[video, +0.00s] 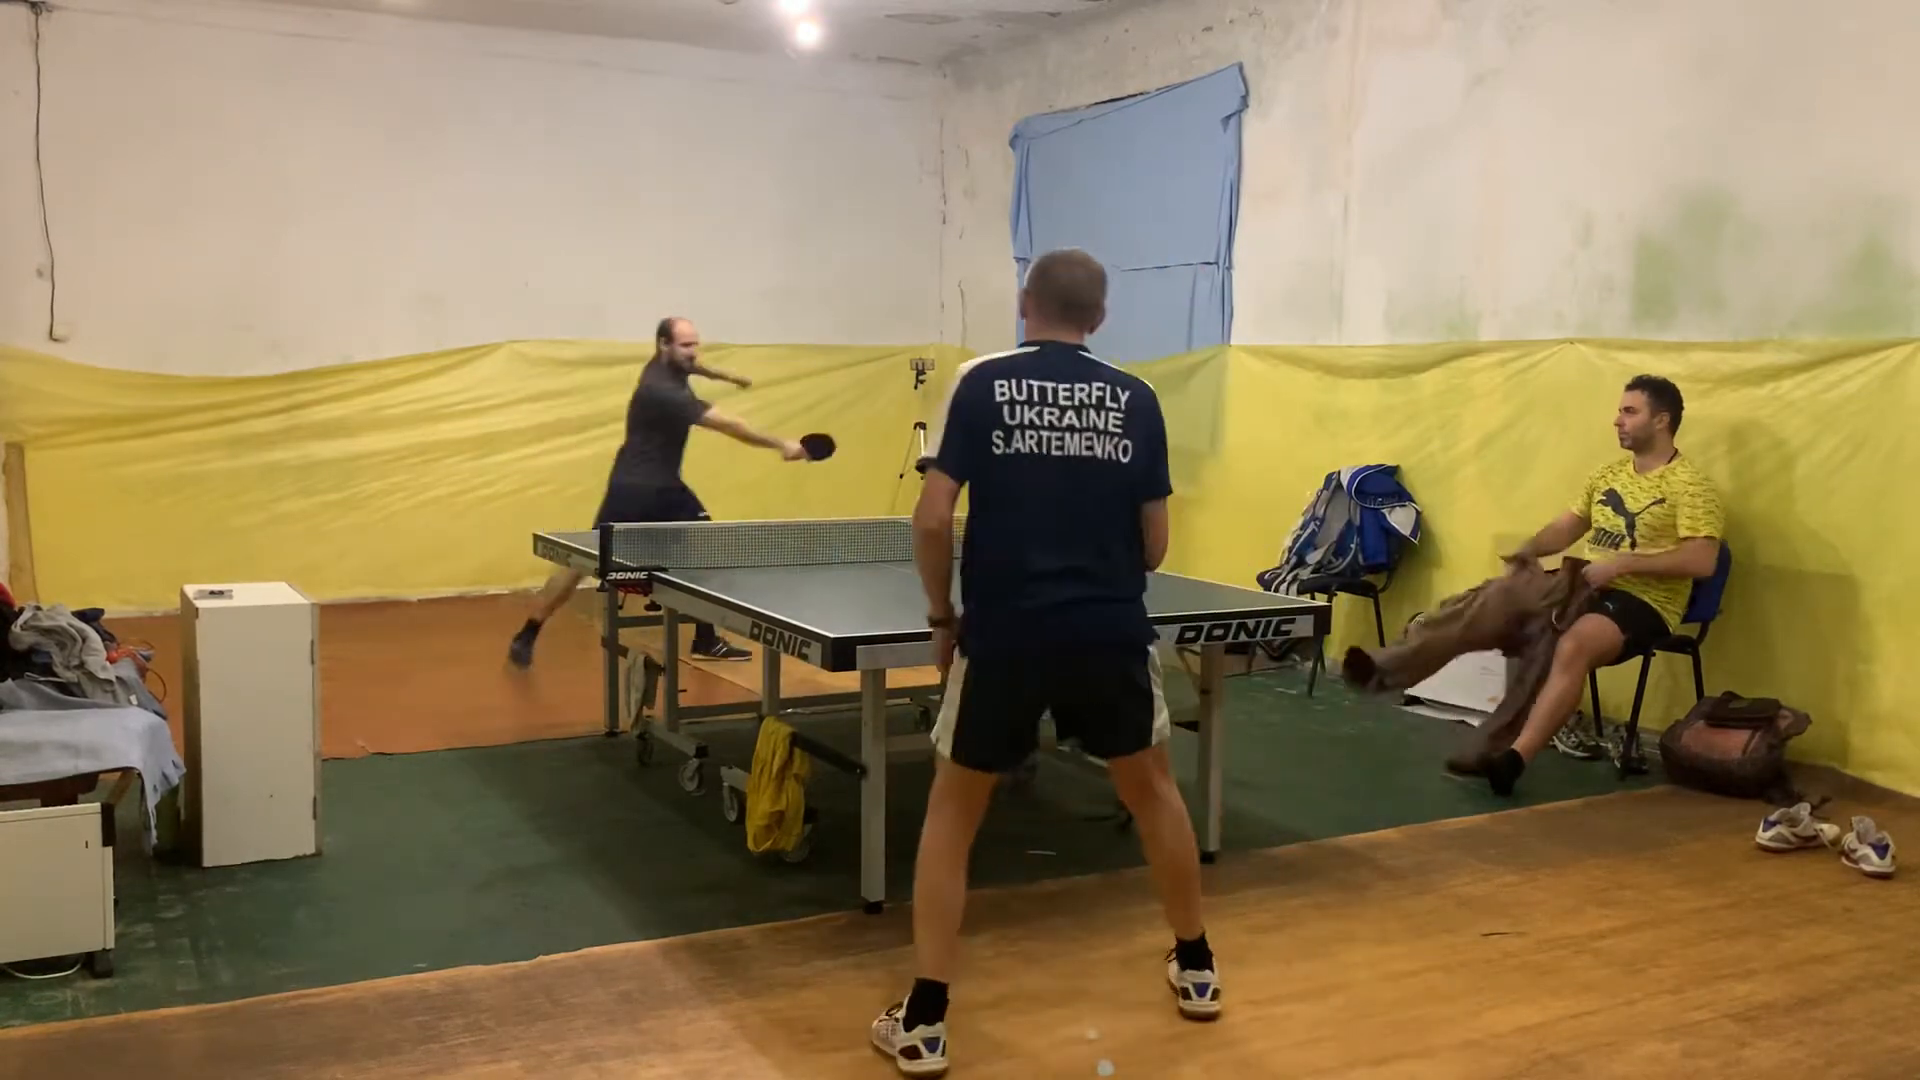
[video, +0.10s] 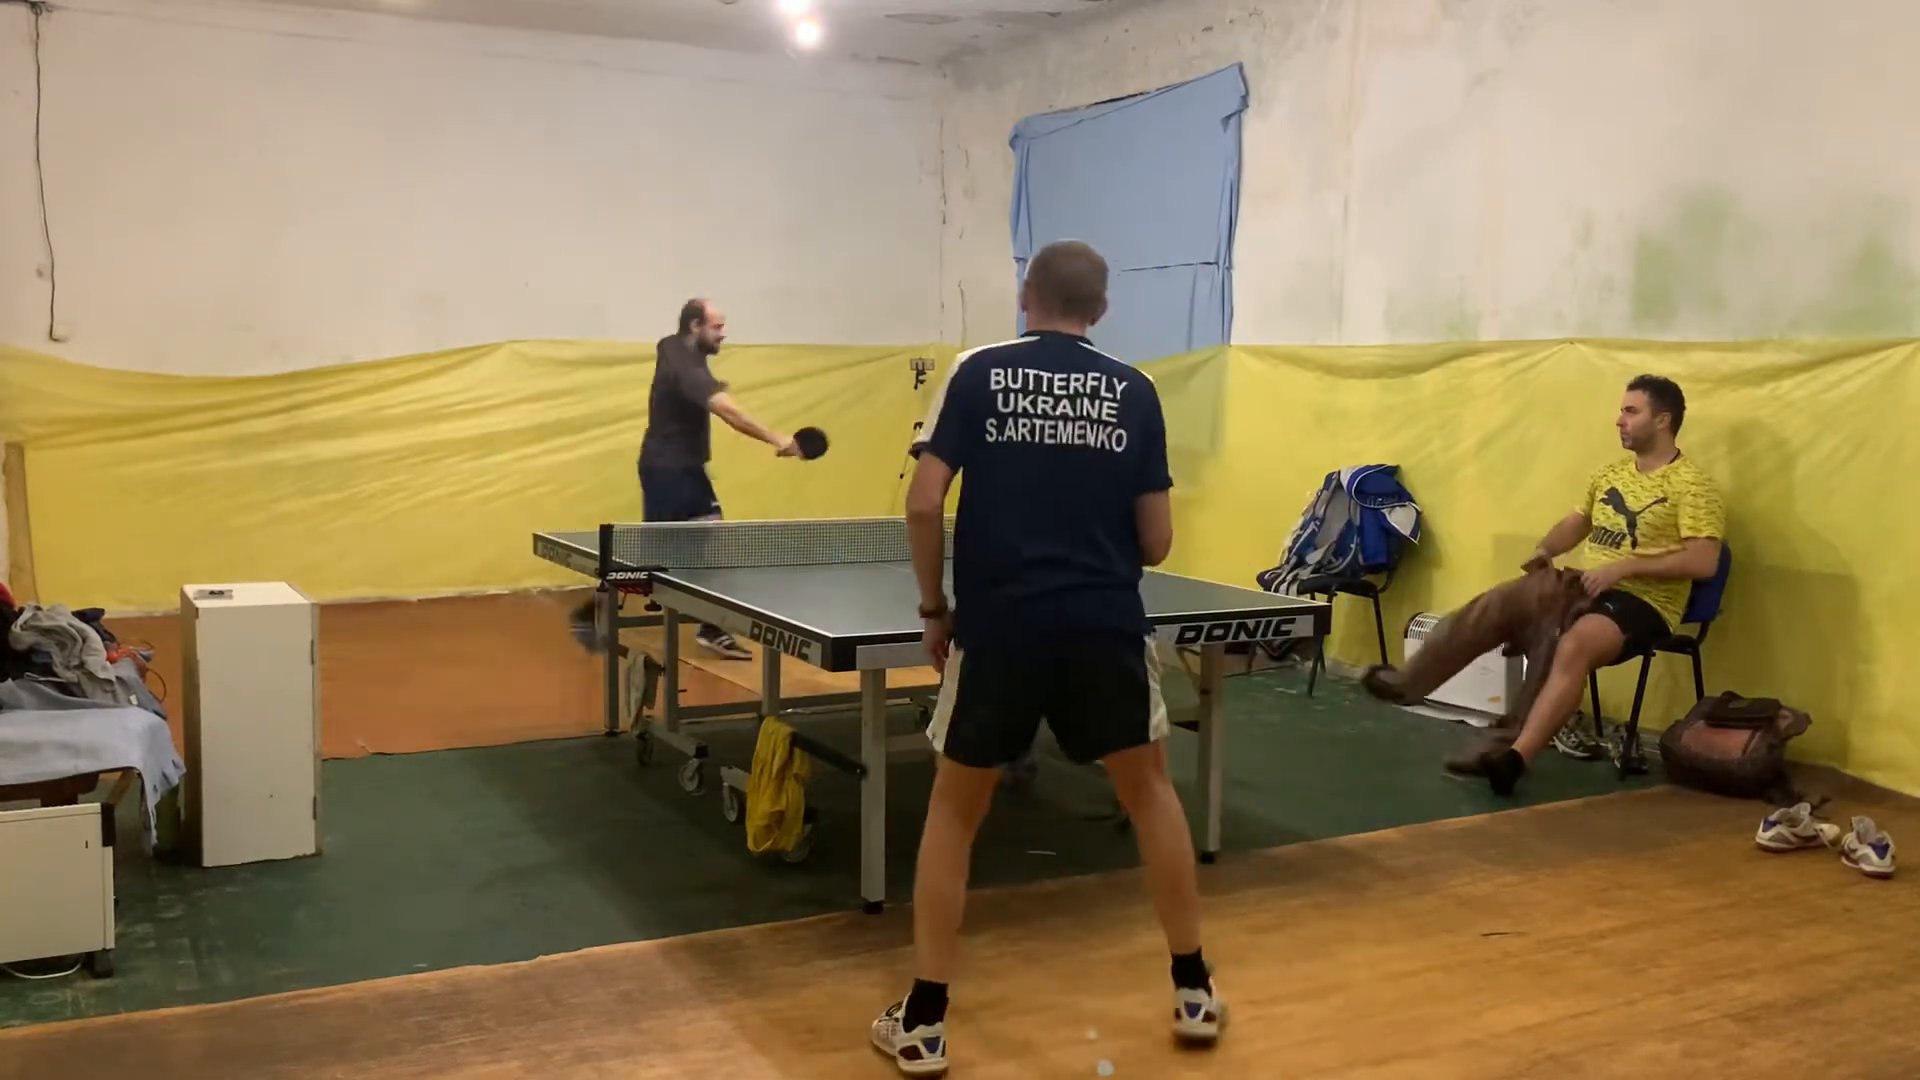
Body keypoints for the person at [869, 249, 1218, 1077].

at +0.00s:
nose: (1017, 317)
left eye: (1020, 305)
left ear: (1026, 309)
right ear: (1099, 320)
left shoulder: (981, 383)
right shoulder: (1136, 397)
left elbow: (931, 520)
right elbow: (1153, 545)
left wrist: (942, 615)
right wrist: (1090, 570)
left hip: (1004, 639)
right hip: (1108, 637)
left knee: (951, 818)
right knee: (1150, 789)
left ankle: (925, 1017)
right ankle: (1197, 966)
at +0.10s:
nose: (1022, 310)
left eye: (1022, 298)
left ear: (1025, 302)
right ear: (1099, 312)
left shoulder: (979, 372)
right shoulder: (1134, 390)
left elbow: (923, 503)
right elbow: (1155, 542)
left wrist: (933, 608)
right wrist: (1095, 523)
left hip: (999, 635)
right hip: (1104, 635)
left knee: (954, 812)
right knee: (1147, 790)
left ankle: (925, 1017)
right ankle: (1194, 988)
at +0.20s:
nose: (1038, 306)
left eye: (1034, 293)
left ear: (1037, 297)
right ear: (1110, 309)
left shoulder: (990, 370)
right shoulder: (1145, 388)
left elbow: (931, 497)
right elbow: (1165, 537)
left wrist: (938, 605)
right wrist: (1101, 538)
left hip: (1004, 636)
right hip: (1109, 638)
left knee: (958, 813)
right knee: (1145, 800)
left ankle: (924, 1018)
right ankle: (1184, 1012)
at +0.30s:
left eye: (1056, 294)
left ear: (1055, 299)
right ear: (1130, 310)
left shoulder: (1008, 369)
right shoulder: (1162, 390)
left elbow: (951, 500)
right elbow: (1185, 541)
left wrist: (949, 608)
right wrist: (1120, 527)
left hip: (1018, 633)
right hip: (1121, 636)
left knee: (965, 813)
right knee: (1153, 806)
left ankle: (924, 1018)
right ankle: (1182, 1019)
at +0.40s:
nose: (1073, 305)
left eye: (1070, 292)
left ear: (1069, 296)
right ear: (1145, 305)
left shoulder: (1021, 365)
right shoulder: (1176, 385)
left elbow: (968, 498)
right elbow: (1208, 538)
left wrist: (965, 608)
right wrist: (1144, 550)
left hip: (1034, 628)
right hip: (1137, 632)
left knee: (975, 809)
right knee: (1159, 806)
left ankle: (926, 1013)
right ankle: (1181, 1019)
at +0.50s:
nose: (1071, 299)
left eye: (1070, 287)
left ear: (1073, 291)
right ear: (1148, 299)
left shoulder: (1027, 361)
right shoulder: (1184, 379)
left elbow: (977, 492)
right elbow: (1228, 525)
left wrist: (971, 602)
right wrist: (1162, 549)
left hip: (1043, 624)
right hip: (1147, 627)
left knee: (983, 804)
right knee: (1163, 809)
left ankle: (933, 1009)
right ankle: (1181, 1018)